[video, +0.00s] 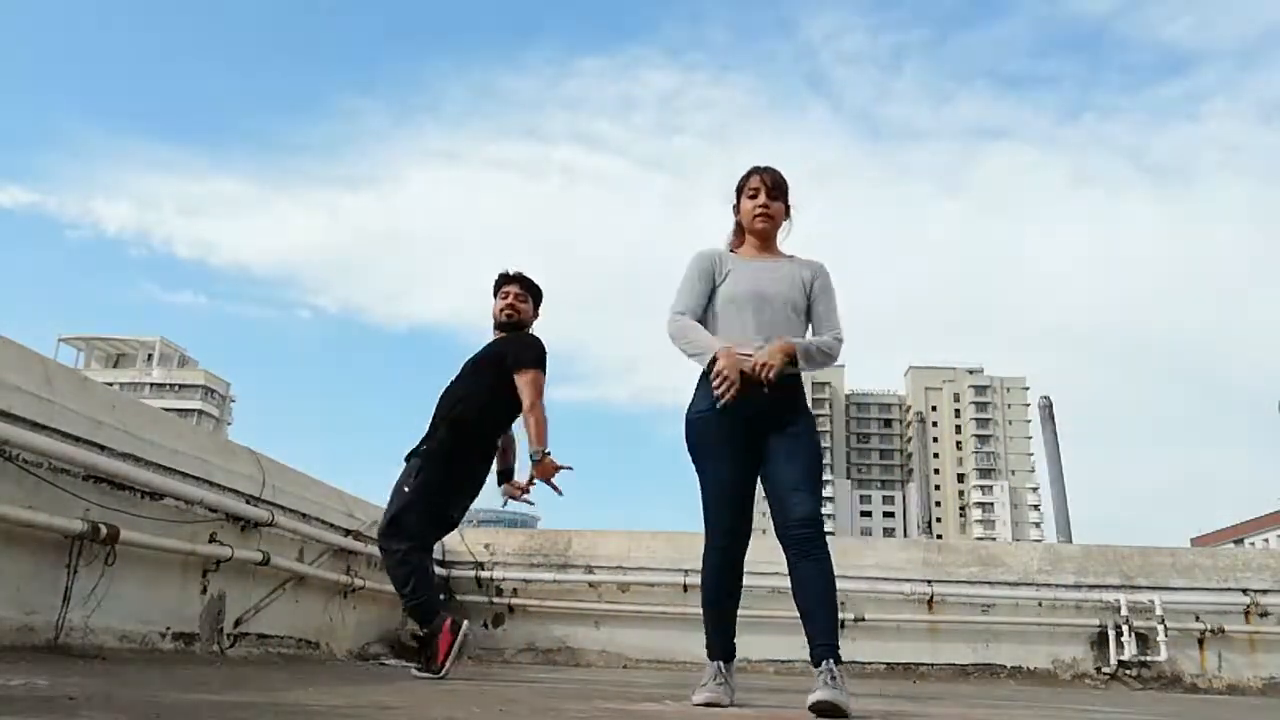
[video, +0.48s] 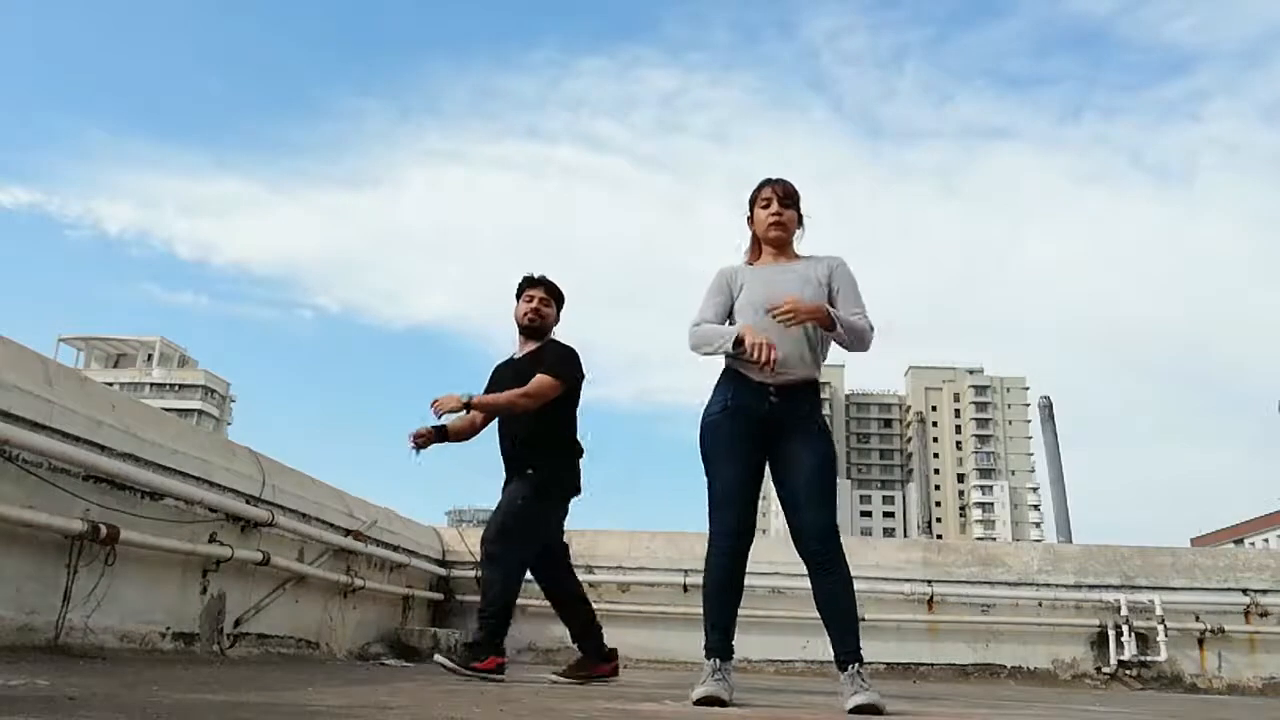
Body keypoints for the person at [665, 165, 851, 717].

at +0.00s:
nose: (762, 201)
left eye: (773, 194)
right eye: (752, 193)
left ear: (787, 210)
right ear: (737, 207)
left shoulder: (811, 272)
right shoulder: (709, 262)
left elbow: (831, 346)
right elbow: (679, 324)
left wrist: (790, 347)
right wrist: (721, 353)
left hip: (786, 410)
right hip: (720, 410)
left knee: (803, 529)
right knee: (725, 537)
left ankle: (828, 670)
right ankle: (718, 668)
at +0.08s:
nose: (761, 202)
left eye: (770, 196)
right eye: (751, 195)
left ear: (784, 212)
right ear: (735, 210)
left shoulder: (809, 273)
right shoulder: (710, 262)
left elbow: (815, 344)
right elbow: (685, 325)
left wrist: (781, 371)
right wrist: (733, 356)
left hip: (778, 410)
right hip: (714, 406)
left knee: (802, 529)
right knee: (719, 535)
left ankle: (828, 671)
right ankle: (717, 669)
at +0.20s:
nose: (761, 204)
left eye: (770, 197)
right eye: (751, 197)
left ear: (785, 212)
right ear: (736, 213)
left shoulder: (812, 272)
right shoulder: (713, 262)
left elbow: (812, 341)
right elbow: (690, 329)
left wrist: (783, 378)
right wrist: (751, 339)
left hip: (777, 406)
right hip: (712, 402)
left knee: (810, 528)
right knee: (716, 536)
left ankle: (838, 671)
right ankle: (716, 671)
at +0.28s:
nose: (764, 205)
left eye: (773, 199)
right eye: (754, 199)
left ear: (788, 214)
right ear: (739, 216)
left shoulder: (817, 273)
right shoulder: (716, 267)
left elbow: (817, 344)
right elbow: (688, 333)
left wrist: (799, 363)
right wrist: (749, 334)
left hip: (779, 409)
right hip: (713, 405)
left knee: (811, 532)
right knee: (717, 535)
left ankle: (847, 668)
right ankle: (716, 668)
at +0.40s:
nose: (768, 208)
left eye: (777, 201)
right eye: (758, 202)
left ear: (792, 216)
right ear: (743, 218)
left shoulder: (822, 273)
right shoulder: (720, 271)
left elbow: (831, 353)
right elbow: (686, 335)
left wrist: (804, 342)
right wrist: (747, 336)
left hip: (784, 413)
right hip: (718, 408)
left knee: (812, 536)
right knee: (718, 538)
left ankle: (853, 669)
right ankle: (715, 668)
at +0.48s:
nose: (776, 210)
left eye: (785, 203)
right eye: (765, 204)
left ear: (800, 218)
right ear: (750, 221)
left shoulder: (830, 269)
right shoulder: (730, 277)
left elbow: (861, 336)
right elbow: (698, 336)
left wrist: (822, 313)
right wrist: (740, 334)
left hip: (800, 413)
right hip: (735, 413)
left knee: (820, 541)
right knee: (729, 538)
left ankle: (853, 673)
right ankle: (716, 668)